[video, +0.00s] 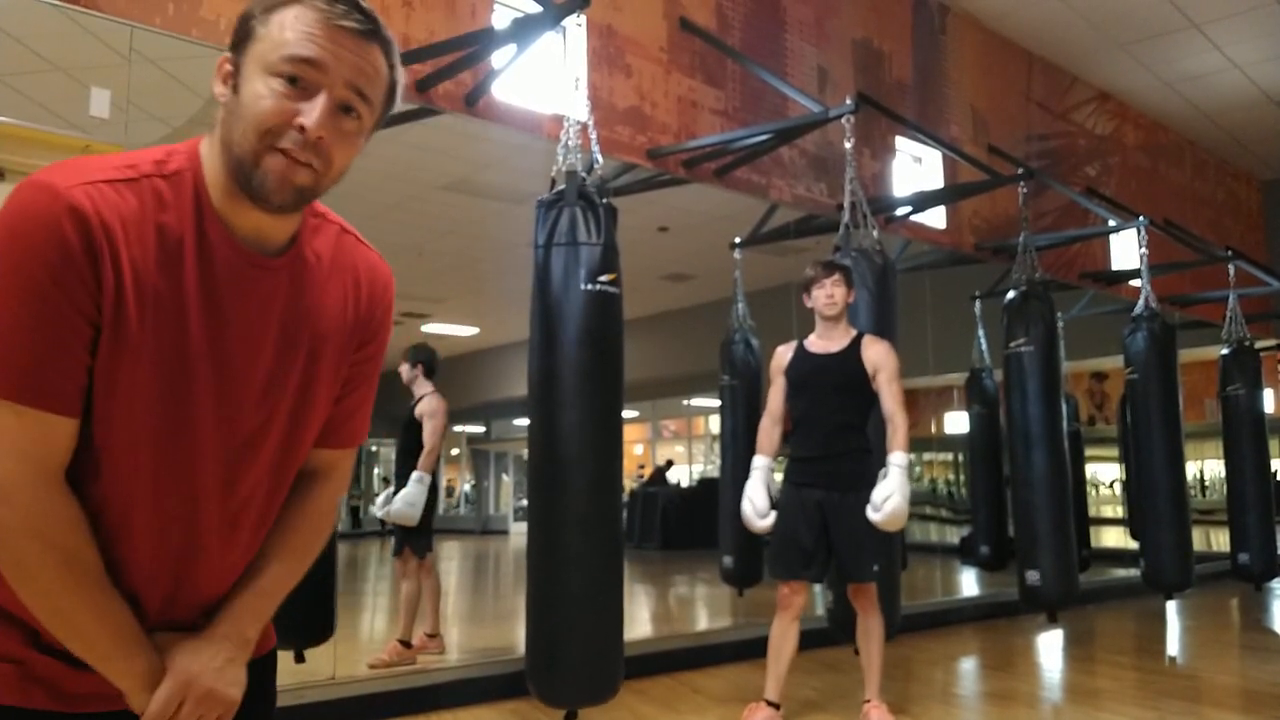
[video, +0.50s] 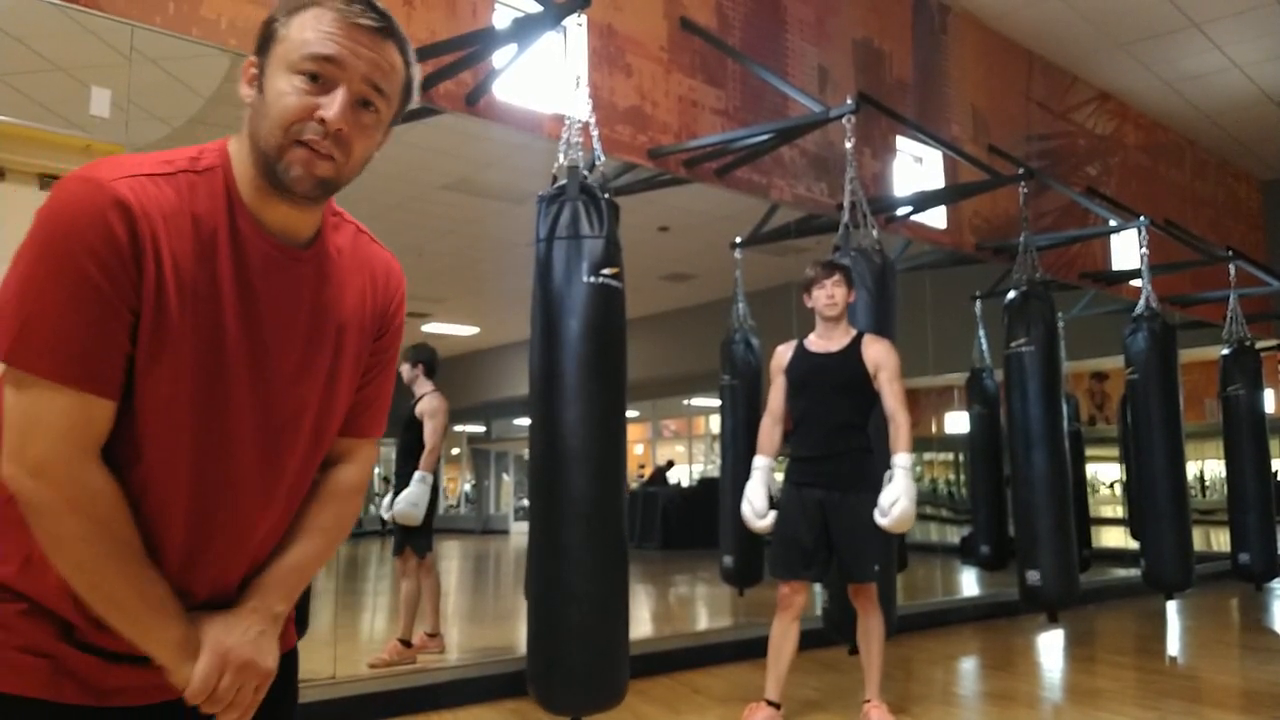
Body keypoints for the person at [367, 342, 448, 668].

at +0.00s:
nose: (400, 372)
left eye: (403, 367)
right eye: (401, 368)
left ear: (418, 369)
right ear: (419, 369)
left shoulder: (432, 402)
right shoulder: (419, 403)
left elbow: (431, 449)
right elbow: (408, 453)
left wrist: (415, 488)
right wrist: (393, 489)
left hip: (417, 487)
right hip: (410, 485)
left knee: (406, 564)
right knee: (424, 563)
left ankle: (403, 642)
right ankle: (431, 634)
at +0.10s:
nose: (400, 373)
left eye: (403, 367)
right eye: (400, 368)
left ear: (418, 368)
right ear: (419, 369)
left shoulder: (433, 402)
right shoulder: (419, 402)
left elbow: (432, 449)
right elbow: (409, 452)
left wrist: (416, 488)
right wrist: (393, 488)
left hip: (417, 486)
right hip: (410, 484)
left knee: (406, 563)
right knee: (424, 562)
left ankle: (403, 641)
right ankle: (431, 634)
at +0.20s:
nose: (400, 375)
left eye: (403, 369)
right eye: (400, 370)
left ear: (418, 369)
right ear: (419, 369)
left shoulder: (433, 402)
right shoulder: (420, 403)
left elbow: (432, 449)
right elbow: (409, 453)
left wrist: (416, 488)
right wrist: (393, 489)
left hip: (417, 487)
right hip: (411, 485)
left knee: (406, 564)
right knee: (424, 563)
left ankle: (404, 642)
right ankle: (431, 634)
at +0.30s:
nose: (400, 375)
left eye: (403, 369)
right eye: (400, 369)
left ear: (418, 369)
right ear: (419, 370)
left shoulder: (432, 402)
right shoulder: (420, 403)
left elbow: (432, 449)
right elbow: (408, 454)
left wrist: (417, 488)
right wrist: (394, 490)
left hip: (416, 487)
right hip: (411, 486)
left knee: (406, 565)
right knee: (424, 564)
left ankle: (403, 642)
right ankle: (432, 635)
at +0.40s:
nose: (400, 373)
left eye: (403, 367)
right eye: (401, 368)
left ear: (418, 368)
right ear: (419, 369)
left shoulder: (432, 401)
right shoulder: (420, 402)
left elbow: (432, 448)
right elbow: (407, 453)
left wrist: (418, 487)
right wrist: (393, 490)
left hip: (416, 486)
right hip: (410, 485)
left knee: (406, 564)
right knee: (424, 562)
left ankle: (403, 642)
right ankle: (432, 634)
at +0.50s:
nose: (401, 374)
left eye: (403, 369)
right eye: (401, 369)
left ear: (418, 369)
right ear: (420, 369)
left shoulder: (433, 401)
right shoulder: (420, 402)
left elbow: (432, 448)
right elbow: (407, 453)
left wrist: (418, 487)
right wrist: (394, 492)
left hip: (416, 487)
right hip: (410, 485)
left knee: (406, 564)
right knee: (424, 562)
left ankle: (404, 642)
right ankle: (432, 634)